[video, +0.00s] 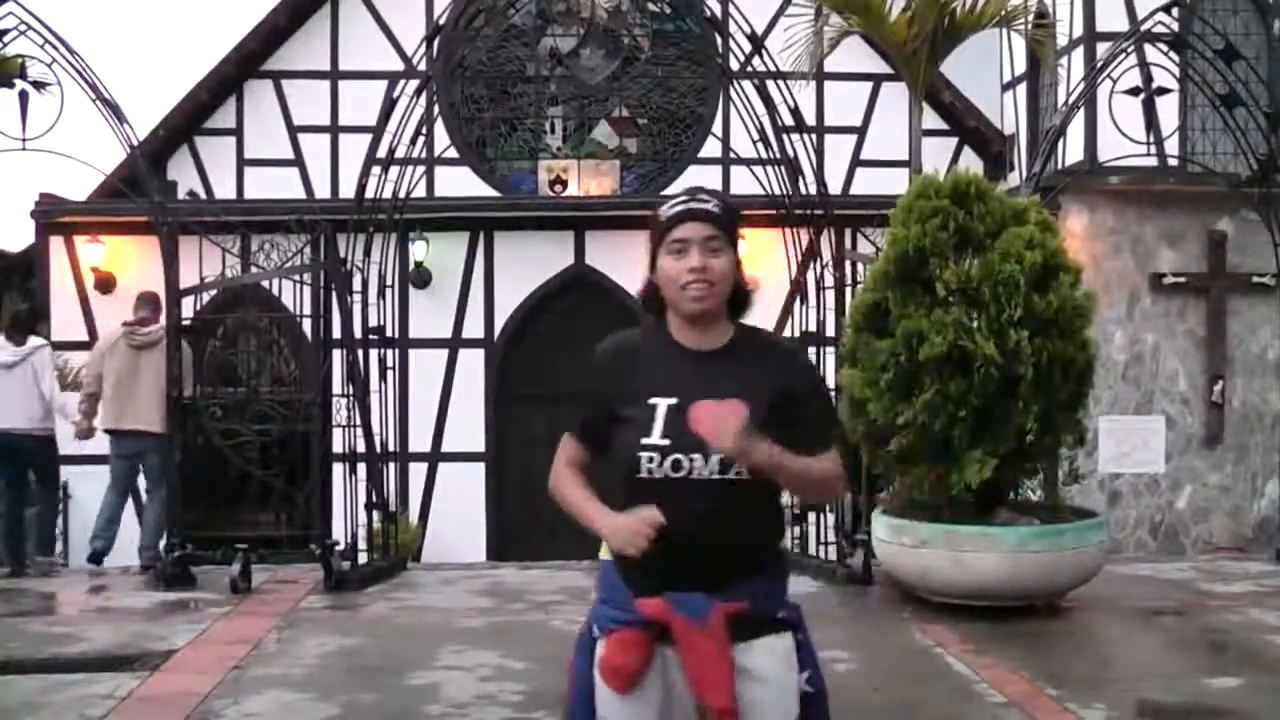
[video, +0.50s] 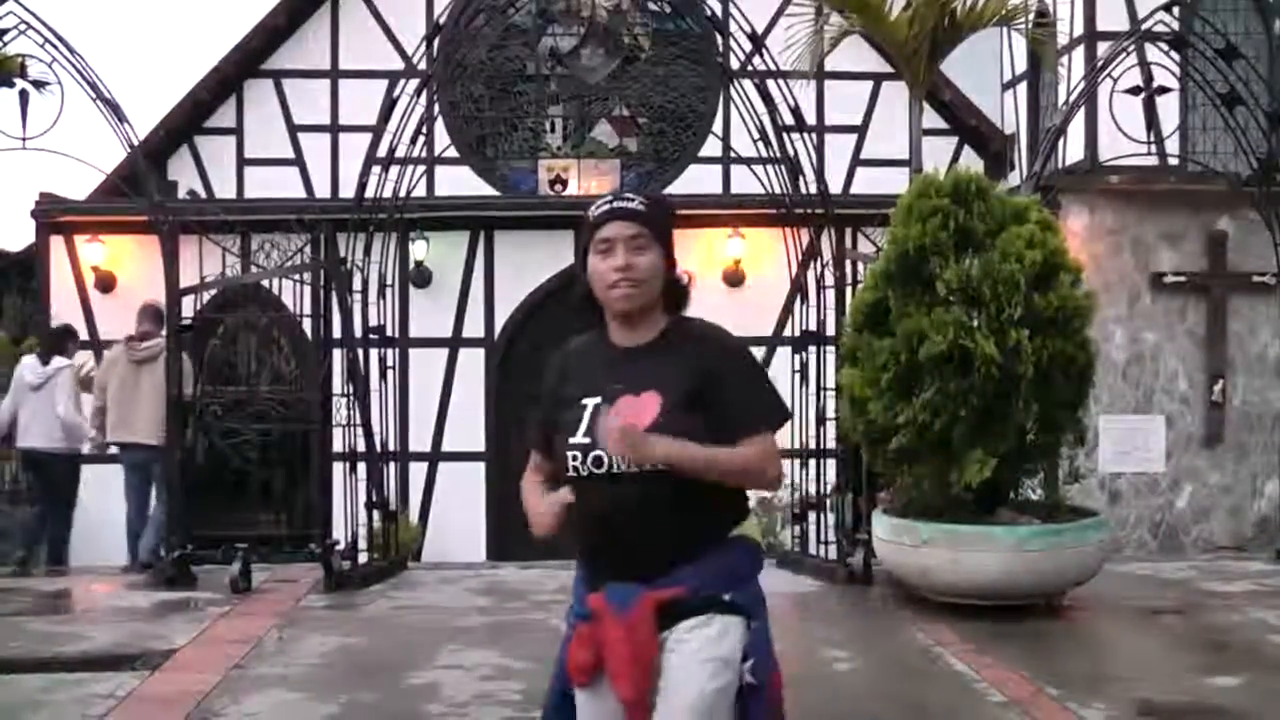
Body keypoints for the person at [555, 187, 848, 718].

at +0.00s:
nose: (697, 265)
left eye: (713, 249)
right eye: (679, 252)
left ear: (737, 266)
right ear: (656, 271)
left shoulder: (781, 362)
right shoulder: (620, 359)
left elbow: (833, 479)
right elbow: (562, 471)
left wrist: (758, 452)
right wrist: (608, 523)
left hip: (750, 615)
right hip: (635, 614)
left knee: (775, 708)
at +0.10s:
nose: (661, 271)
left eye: (678, 254)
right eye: (643, 257)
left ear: (703, 266)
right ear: (620, 272)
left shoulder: (753, 361)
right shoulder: (595, 362)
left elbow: (804, 477)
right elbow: (543, 476)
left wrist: (714, 500)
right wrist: (579, 473)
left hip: (731, 608)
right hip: (618, 608)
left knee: (749, 709)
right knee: (592, 708)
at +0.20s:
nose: (644, 266)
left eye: (660, 249)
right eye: (627, 252)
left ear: (687, 262)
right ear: (606, 267)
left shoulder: (741, 355)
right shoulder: (585, 358)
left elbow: (796, 465)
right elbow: (538, 476)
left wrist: (698, 485)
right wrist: (575, 454)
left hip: (721, 599)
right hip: (612, 599)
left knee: (731, 710)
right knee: (597, 709)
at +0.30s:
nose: (634, 265)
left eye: (650, 248)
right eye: (617, 251)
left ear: (677, 262)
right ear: (598, 268)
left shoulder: (731, 353)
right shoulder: (575, 361)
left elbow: (790, 459)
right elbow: (533, 476)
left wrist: (688, 452)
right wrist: (569, 467)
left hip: (714, 595)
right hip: (606, 598)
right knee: (592, 709)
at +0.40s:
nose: (625, 261)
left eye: (642, 246)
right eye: (608, 249)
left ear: (671, 261)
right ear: (589, 269)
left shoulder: (720, 349)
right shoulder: (572, 362)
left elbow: (774, 461)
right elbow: (539, 469)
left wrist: (673, 428)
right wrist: (551, 513)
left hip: (704, 597)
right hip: (602, 598)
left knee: (698, 710)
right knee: (595, 710)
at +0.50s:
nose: (621, 263)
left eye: (638, 247)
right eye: (605, 250)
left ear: (667, 261)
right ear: (587, 269)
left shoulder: (715, 351)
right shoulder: (571, 363)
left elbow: (766, 467)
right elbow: (539, 468)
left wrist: (655, 448)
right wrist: (539, 510)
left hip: (703, 594)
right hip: (603, 595)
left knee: (688, 711)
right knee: (596, 711)